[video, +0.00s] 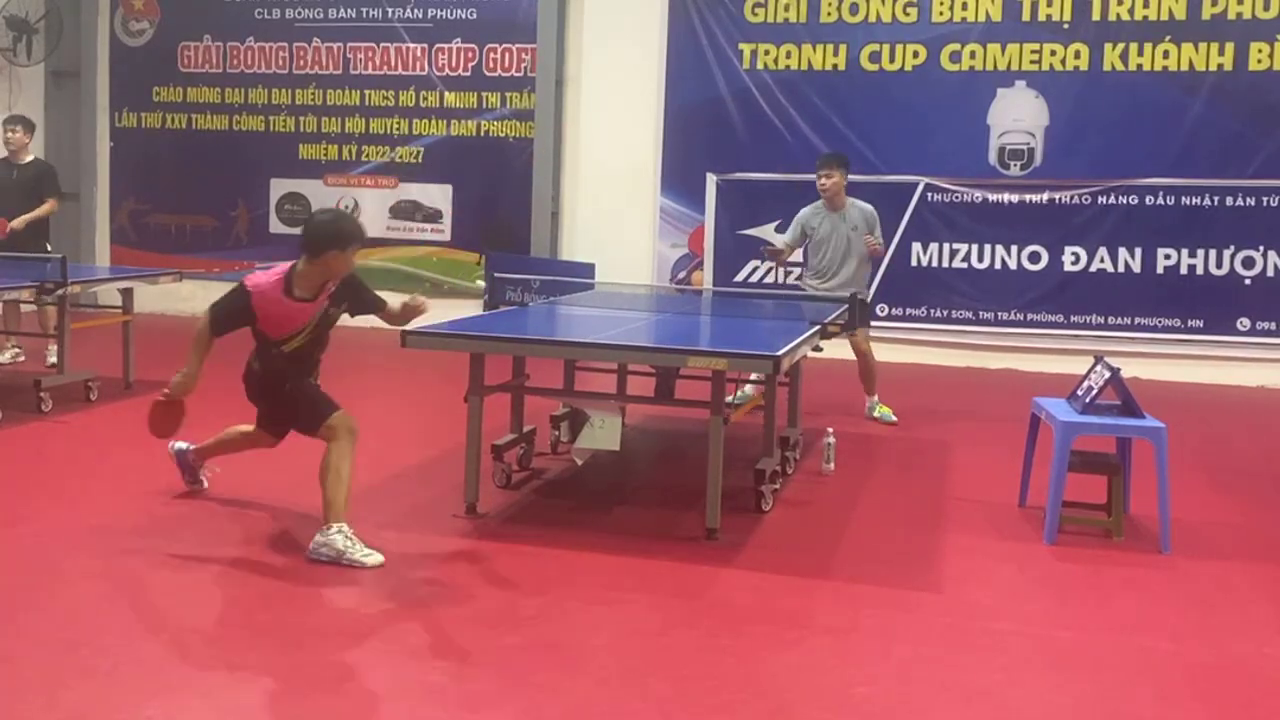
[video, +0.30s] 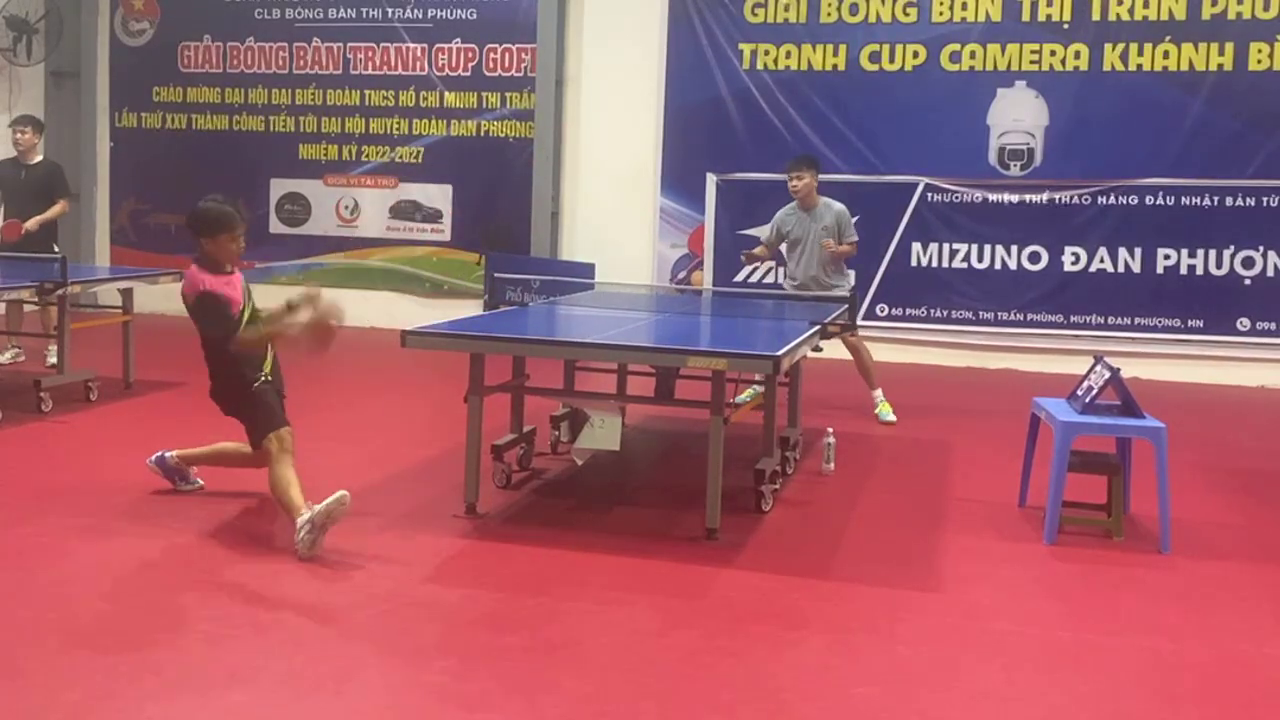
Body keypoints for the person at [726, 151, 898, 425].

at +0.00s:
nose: (822, 183)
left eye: (828, 177)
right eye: (819, 178)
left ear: (844, 179)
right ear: (816, 181)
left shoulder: (866, 213)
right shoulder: (807, 216)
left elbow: (878, 252)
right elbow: (786, 250)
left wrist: (875, 248)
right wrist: (776, 253)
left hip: (851, 297)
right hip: (811, 296)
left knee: (861, 347)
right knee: (779, 336)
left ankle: (872, 403)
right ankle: (754, 386)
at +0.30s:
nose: (793, 184)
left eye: (799, 179)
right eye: (790, 179)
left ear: (815, 180)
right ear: (788, 182)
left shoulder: (837, 211)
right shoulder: (784, 216)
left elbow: (852, 248)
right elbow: (768, 247)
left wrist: (838, 250)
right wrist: (756, 254)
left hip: (834, 294)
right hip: (795, 294)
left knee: (851, 339)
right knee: (772, 336)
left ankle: (879, 398)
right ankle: (762, 385)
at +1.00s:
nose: (787, 189)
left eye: (792, 183)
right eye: (783, 184)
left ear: (804, 183)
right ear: (779, 187)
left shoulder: (825, 206)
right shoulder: (775, 215)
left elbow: (845, 232)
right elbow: (760, 254)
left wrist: (852, 233)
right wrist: (753, 248)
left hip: (824, 290)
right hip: (786, 290)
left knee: (845, 337)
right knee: (770, 336)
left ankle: (859, 392)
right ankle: (763, 386)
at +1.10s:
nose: (790, 183)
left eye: (795, 177)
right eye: (786, 178)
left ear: (807, 179)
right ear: (782, 181)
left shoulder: (828, 206)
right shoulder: (774, 212)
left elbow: (844, 232)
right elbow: (755, 251)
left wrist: (848, 243)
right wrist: (753, 245)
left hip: (821, 287)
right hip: (781, 286)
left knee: (834, 336)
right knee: (761, 329)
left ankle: (840, 387)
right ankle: (758, 385)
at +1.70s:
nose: (726, 210)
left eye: (731, 204)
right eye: (724, 207)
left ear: (747, 205)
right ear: (725, 212)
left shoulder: (773, 219)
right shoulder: (727, 242)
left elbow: (802, 222)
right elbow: (704, 263)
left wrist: (831, 221)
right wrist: (681, 279)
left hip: (797, 292)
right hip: (760, 296)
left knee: (824, 334)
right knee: (731, 331)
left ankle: (843, 386)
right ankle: (720, 380)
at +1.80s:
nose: (725, 192)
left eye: (729, 187)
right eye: (721, 189)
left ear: (742, 189)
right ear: (720, 195)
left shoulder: (766, 207)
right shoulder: (718, 228)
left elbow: (802, 200)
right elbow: (711, 265)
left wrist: (832, 191)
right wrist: (704, 287)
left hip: (780, 283)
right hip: (743, 288)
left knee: (812, 321)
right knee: (728, 328)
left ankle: (829, 370)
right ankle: (727, 378)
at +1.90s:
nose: (723, 174)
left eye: (728, 169)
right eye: (720, 171)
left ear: (740, 172)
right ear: (718, 177)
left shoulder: (763, 190)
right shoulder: (716, 208)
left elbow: (798, 184)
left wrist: (831, 177)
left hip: (771, 271)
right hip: (735, 274)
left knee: (791, 316)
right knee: (722, 321)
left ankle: (799, 359)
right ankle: (718, 377)